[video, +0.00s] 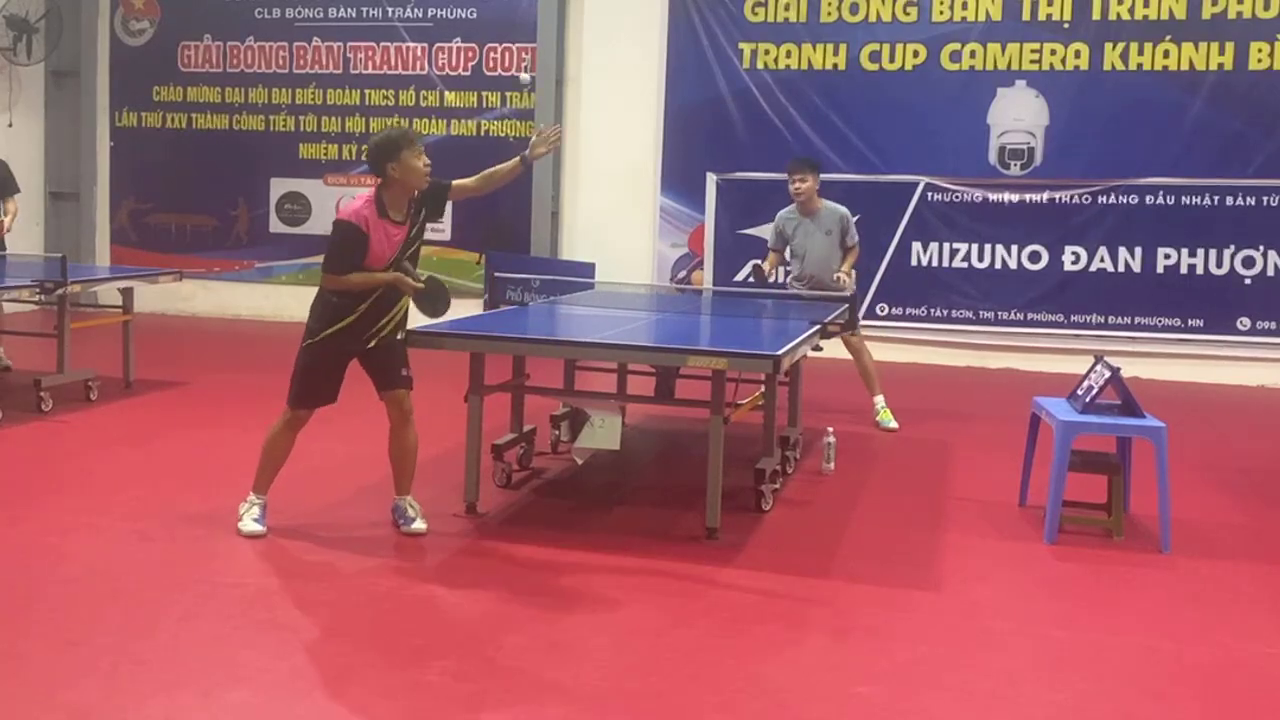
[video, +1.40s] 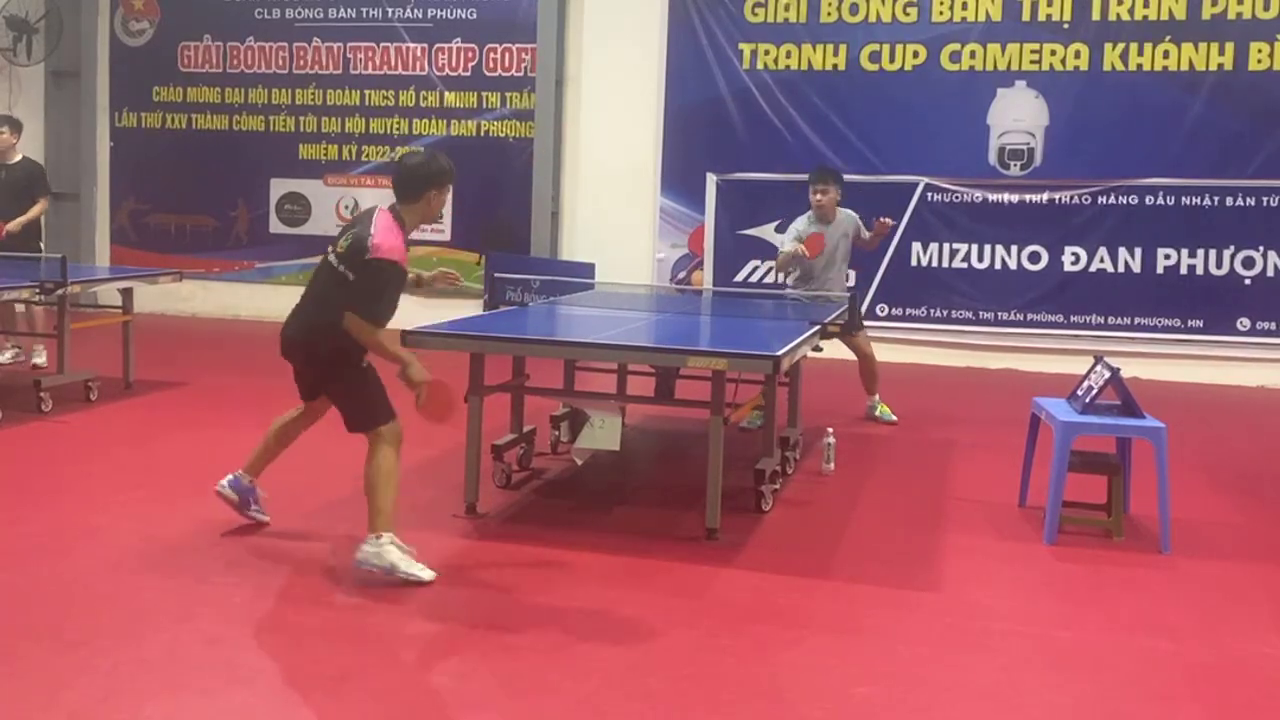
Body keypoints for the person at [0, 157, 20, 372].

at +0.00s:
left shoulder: (2, 168)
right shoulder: (3, 169)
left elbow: (10, 201)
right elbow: (10, 202)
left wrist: (8, 219)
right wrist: (8, 219)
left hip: (0, 248)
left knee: (1, 301)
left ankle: (1, 350)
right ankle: (1, 351)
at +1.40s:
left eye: (2, 134)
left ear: (14, 137)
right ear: (5, 137)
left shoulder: (32, 168)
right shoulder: (3, 167)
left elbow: (43, 202)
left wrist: (20, 221)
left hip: (26, 248)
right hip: (4, 248)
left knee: (31, 300)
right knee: (5, 300)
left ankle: (38, 347)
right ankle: (11, 345)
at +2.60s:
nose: (11, 143)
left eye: (16, 138)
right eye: (8, 139)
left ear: (31, 139)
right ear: (5, 140)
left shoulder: (52, 167)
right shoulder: (6, 169)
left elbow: (71, 200)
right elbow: (3, 201)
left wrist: (50, 223)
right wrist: (3, 212)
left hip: (50, 246)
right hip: (18, 246)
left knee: (51, 297)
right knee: (15, 296)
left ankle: (54, 345)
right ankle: (14, 346)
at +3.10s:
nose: (9, 143)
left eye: (15, 139)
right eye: (6, 139)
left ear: (28, 142)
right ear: (2, 142)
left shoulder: (43, 174)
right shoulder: (2, 169)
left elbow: (57, 207)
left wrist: (49, 231)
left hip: (32, 253)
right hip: (4, 253)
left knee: (42, 298)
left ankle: (52, 345)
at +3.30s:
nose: (2, 155)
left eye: (7, 151)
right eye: (0, 150)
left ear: (15, 155)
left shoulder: (18, 179)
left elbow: (25, 208)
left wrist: (32, 232)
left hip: (9, 252)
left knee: (25, 298)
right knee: (23, 299)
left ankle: (44, 346)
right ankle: (44, 346)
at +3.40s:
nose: (3, 165)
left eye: (6, 160)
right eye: (1, 160)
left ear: (12, 161)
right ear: (0, 160)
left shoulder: (12, 181)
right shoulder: (9, 181)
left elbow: (16, 208)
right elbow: (17, 208)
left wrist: (24, 233)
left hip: (3, 249)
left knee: (12, 294)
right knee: (11, 295)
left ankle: (25, 343)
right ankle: (24, 344)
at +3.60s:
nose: (3, 185)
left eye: (6, 181)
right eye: (1, 180)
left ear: (11, 179)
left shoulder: (10, 192)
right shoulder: (7, 193)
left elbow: (29, 219)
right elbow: (29, 218)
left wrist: (26, 233)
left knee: (1, 295)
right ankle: (0, 345)